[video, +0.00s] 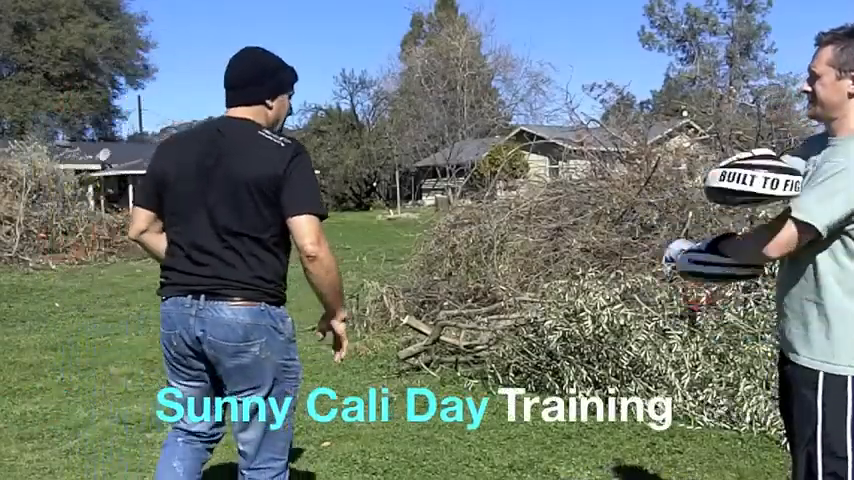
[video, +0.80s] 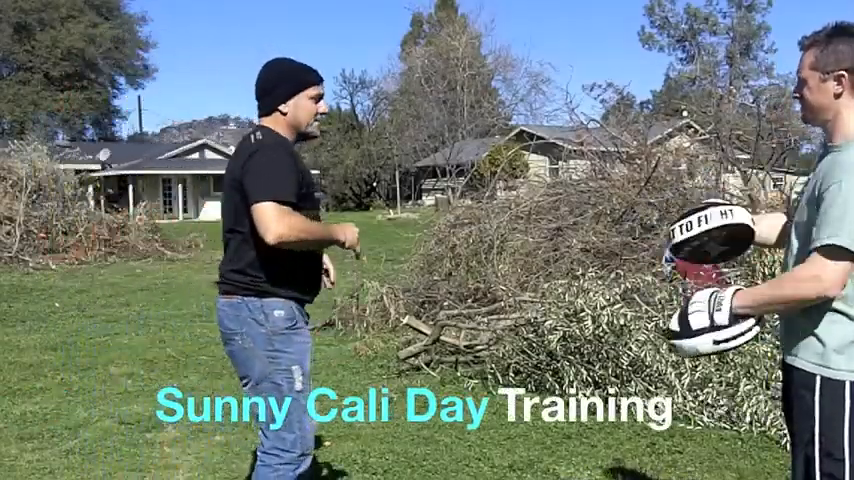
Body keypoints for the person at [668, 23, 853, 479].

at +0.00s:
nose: (804, 87)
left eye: (815, 77)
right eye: (808, 77)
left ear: (849, 84)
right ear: (842, 84)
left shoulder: (845, 158)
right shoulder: (816, 148)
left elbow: (773, 245)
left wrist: (696, 254)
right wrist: (717, 253)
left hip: (833, 356)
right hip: (803, 348)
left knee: (827, 470)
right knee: (809, 465)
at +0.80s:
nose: (796, 94)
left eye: (803, 83)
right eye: (797, 83)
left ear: (839, 85)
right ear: (837, 85)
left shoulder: (843, 167)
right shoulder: (832, 162)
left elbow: (824, 277)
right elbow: (802, 226)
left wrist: (731, 301)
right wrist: (728, 225)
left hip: (831, 369)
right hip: (815, 363)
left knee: (827, 471)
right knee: (814, 468)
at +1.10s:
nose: (778, 94)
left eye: (785, 84)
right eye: (779, 84)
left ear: (821, 88)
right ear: (822, 88)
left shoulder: (841, 166)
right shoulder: (827, 162)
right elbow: (830, 256)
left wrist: (793, 330)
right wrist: (777, 265)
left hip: (833, 376)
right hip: (817, 369)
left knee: (827, 471)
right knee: (812, 470)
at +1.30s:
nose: (764, 100)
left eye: (770, 88)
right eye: (765, 89)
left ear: (808, 90)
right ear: (809, 90)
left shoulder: (835, 170)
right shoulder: (818, 160)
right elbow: (826, 257)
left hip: (827, 372)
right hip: (806, 365)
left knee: (826, 470)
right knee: (807, 467)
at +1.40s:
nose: (759, 102)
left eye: (765, 90)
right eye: (760, 90)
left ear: (803, 90)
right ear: (805, 91)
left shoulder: (833, 167)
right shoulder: (818, 158)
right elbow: (826, 262)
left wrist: (828, 344)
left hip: (825, 373)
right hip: (806, 366)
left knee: (826, 472)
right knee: (809, 469)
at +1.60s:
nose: (758, 105)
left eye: (764, 92)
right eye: (759, 93)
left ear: (802, 90)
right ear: (804, 90)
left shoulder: (829, 160)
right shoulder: (825, 154)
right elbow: (826, 260)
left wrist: (793, 311)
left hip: (827, 377)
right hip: (819, 372)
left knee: (823, 472)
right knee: (817, 470)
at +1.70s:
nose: (760, 106)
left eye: (765, 93)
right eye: (760, 94)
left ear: (803, 90)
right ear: (805, 90)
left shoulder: (828, 160)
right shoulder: (833, 149)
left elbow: (853, 256)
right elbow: (830, 250)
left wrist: (778, 308)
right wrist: (786, 230)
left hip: (825, 376)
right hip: (822, 372)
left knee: (822, 472)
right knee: (819, 469)